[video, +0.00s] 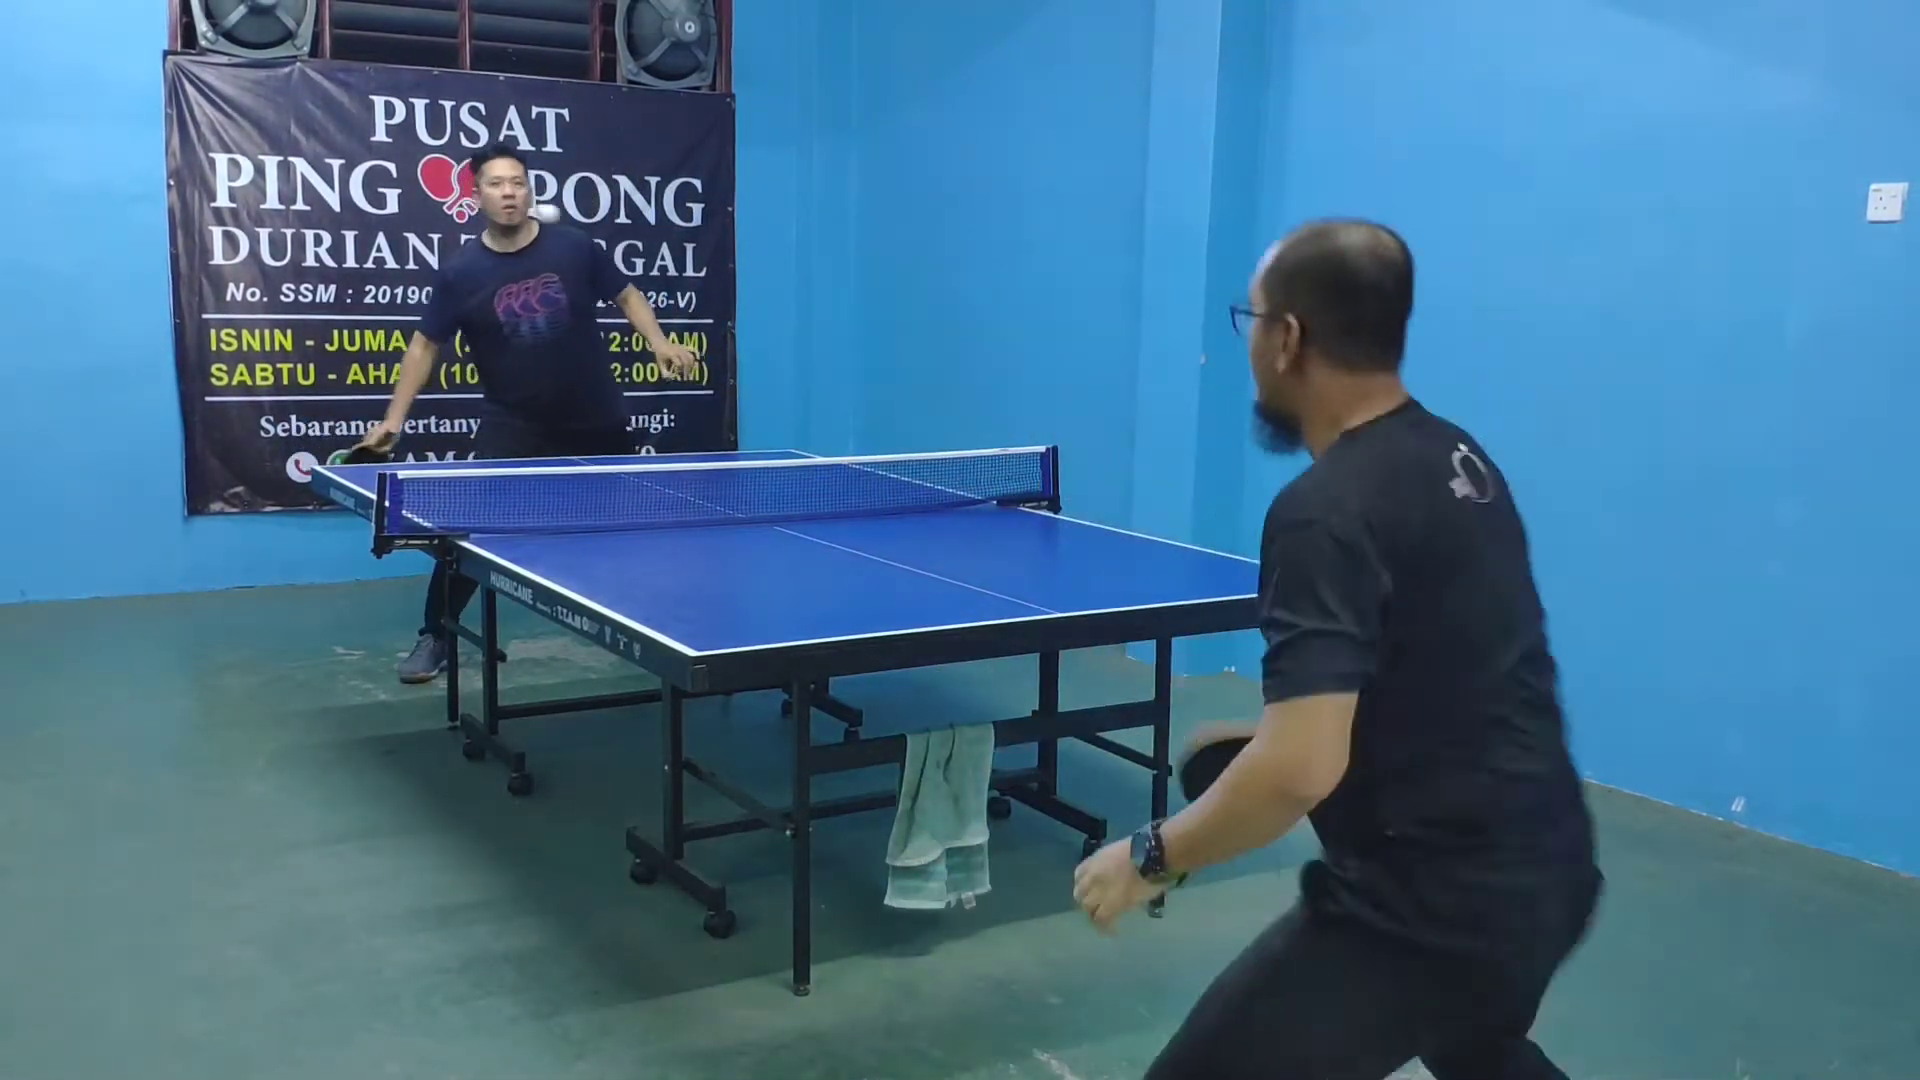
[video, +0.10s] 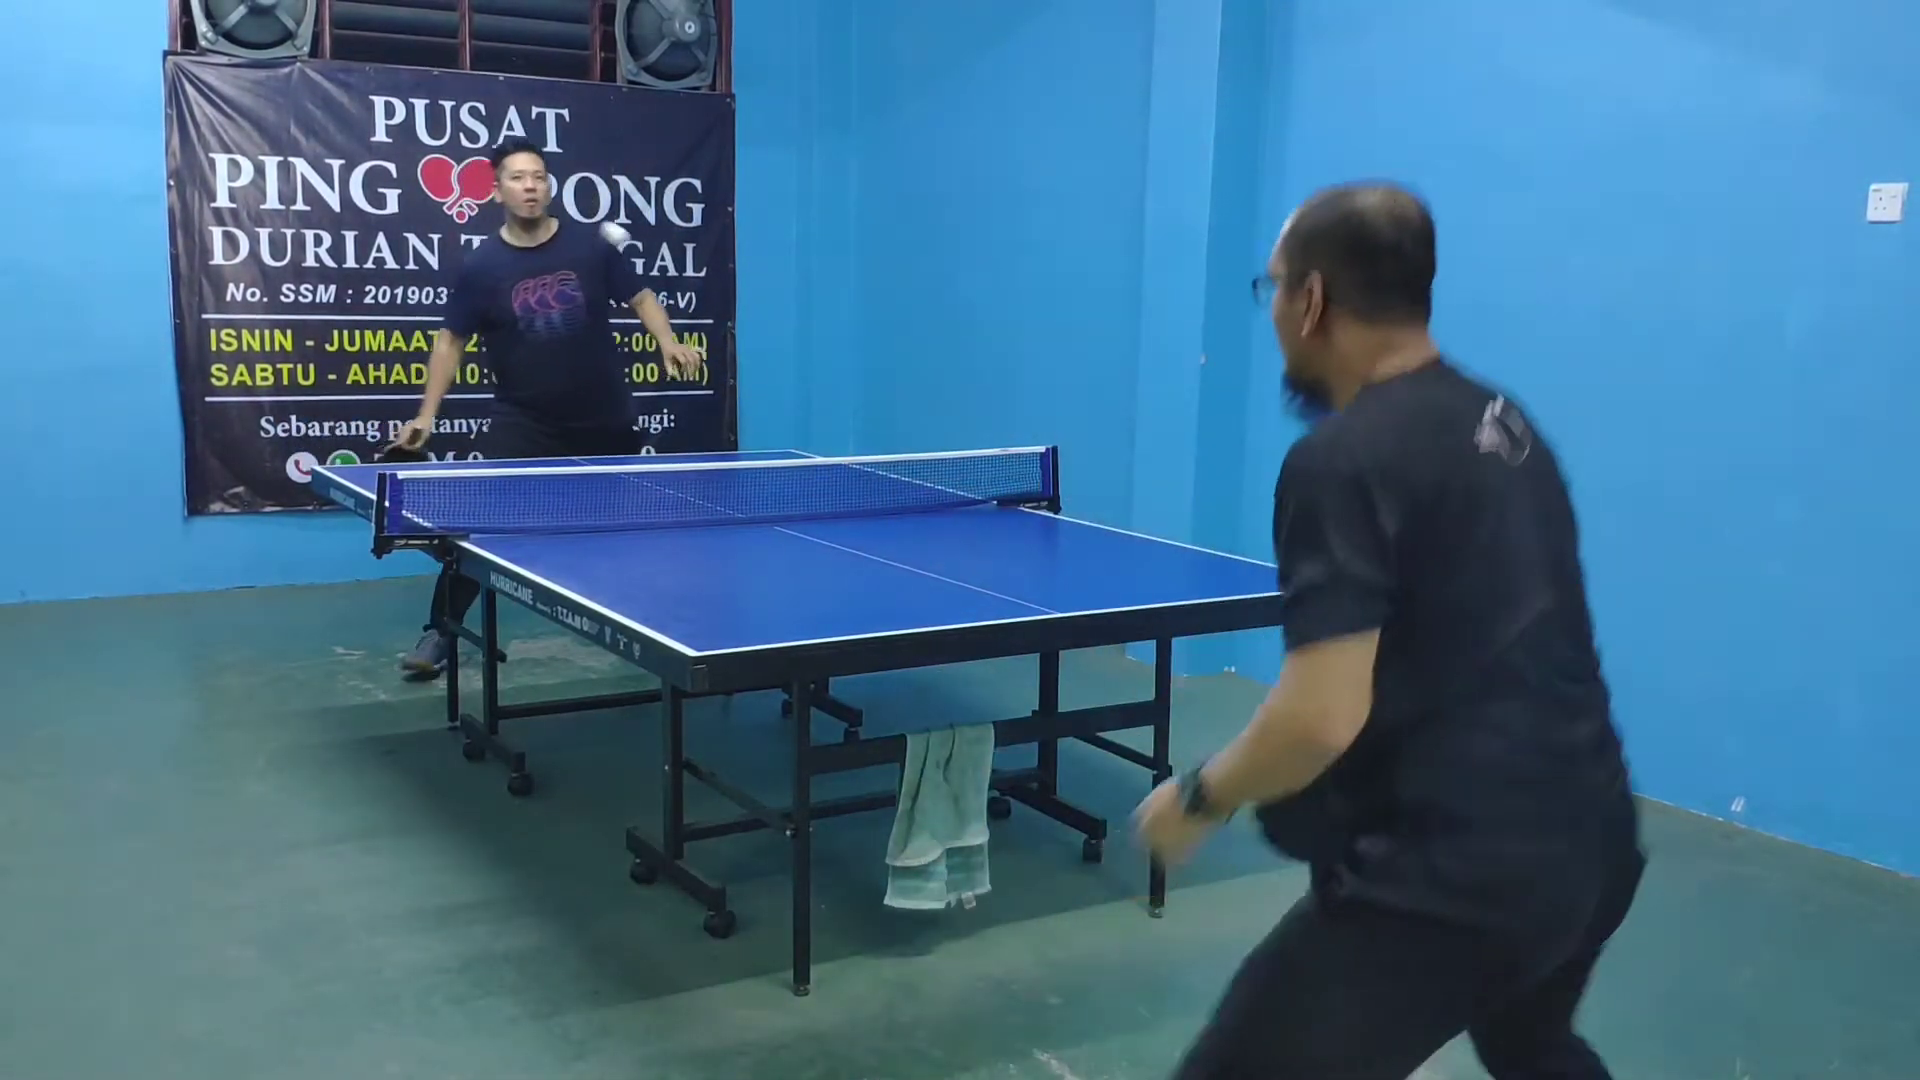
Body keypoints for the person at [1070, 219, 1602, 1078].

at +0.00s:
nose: (1248, 342)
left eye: (1252, 318)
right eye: (1250, 318)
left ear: (1290, 337)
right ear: (1388, 335)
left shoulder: (1323, 511)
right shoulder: (1456, 459)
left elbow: (1299, 767)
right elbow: (1455, 684)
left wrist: (1152, 856)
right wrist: (1292, 735)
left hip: (1416, 905)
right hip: (1536, 874)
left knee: (1193, 1070)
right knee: (1480, 1051)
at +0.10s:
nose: (1271, 318)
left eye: (1274, 291)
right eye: (1271, 293)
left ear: (1314, 302)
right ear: (1417, 295)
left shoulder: (1341, 460)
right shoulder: (1502, 423)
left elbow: (1322, 710)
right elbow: (1516, 643)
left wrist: (1200, 798)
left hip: (1447, 880)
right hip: (1585, 851)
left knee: (1228, 1068)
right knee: (1527, 1039)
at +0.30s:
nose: (1323, 242)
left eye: (1322, 210)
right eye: (1317, 214)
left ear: (1371, 195)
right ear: (1468, 186)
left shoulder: (1417, 331)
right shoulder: (1593, 312)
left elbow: (1427, 603)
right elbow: (1701, 543)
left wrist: (1322, 726)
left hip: (1588, 782)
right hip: (1710, 761)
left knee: (1481, 1059)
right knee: (1559, 1052)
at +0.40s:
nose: (1374, 306)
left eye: (1365, 271)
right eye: (1360, 278)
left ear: (1420, 237)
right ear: (1508, 224)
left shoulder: (1485, 374)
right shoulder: (1651, 347)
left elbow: (1471, 669)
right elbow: (1763, 589)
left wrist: (1351, 806)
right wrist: (1676, 742)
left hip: (1634, 847)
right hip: (1748, 822)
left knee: (1552, 1057)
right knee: (1619, 1050)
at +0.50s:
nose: (1408, 352)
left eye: (1395, 319)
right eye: (1389, 328)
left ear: (1447, 277)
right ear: (1538, 253)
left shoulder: (1508, 417)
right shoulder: (1703, 371)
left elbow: (1510, 725)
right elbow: (1823, 635)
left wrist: (1397, 881)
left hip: (1701, 896)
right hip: (1821, 865)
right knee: (1585, 1057)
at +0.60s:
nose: (1439, 398)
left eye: (1417, 359)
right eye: (1415, 370)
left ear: (1460, 305)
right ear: (1556, 276)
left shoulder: (1529, 450)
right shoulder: (1753, 382)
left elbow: (1544, 780)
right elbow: (1898, 641)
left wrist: (1454, 946)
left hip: (1782, 942)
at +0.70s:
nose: (1449, 430)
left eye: (1421, 395)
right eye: (1420, 407)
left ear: (1454, 337)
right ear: (1551, 293)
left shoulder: (1550, 475)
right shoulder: (1774, 378)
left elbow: (1588, 820)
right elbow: (1912, 555)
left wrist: (1504, 991)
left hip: (1835, 953)